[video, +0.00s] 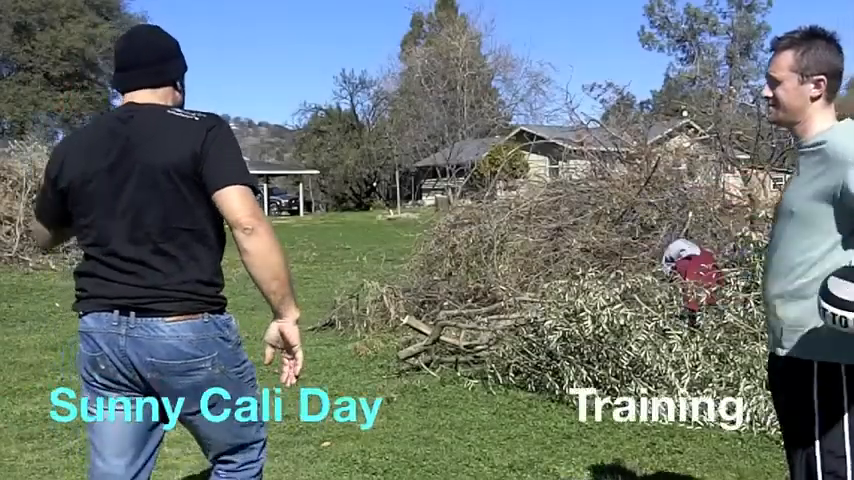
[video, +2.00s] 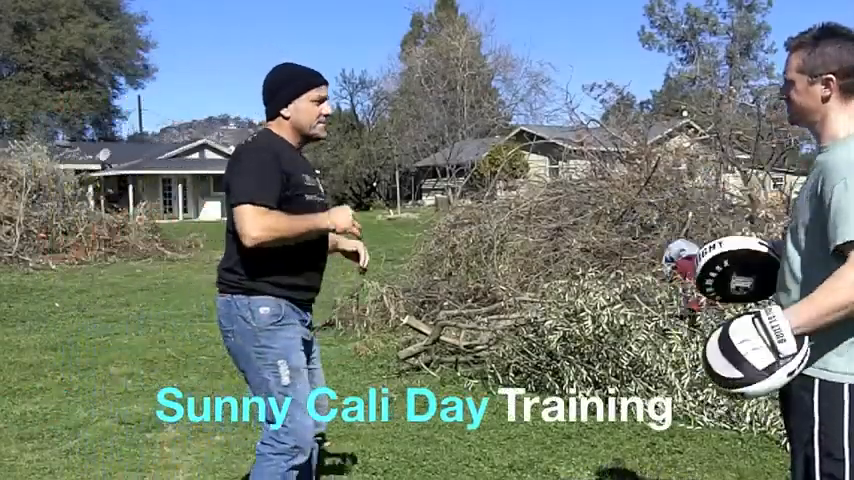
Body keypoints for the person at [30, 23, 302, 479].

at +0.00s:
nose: (184, 86)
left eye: (180, 77)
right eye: (183, 77)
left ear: (119, 84)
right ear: (176, 78)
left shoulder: (75, 145)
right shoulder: (204, 131)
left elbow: (48, 234)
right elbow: (247, 223)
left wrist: (93, 192)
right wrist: (286, 314)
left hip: (101, 333)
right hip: (188, 332)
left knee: (112, 472)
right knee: (238, 455)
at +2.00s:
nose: (327, 110)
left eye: (327, 101)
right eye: (318, 101)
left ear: (291, 107)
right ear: (287, 105)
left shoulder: (296, 159)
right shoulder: (257, 152)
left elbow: (297, 228)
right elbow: (252, 229)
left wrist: (337, 243)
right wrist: (325, 219)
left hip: (291, 305)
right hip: (257, 305)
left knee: (311, 424)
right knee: (291, 429)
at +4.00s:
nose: (393, 129)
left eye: (396, 120)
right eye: (383, 121)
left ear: (398, 122)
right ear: (355, 124)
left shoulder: (401, 171)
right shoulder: (317, 162)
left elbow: (421, 238)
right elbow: (320, 224)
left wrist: (440, 199)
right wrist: (368, 172)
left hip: (386, 318)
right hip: (321, 316)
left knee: (410, 426)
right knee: (284, 426)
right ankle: (261, 476)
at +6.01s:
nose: (385, 141)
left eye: (391, 130)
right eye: (375, 135)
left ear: (406, 127)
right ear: (365, 136)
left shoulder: (431, 162)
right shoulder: (348, 173)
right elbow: (327, 244)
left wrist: (442, 130)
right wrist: (346, 218)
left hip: (430, 312)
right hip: (364, 310)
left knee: (459, 410)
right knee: (332, 406)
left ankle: (469, 476)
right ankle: (314, 475)